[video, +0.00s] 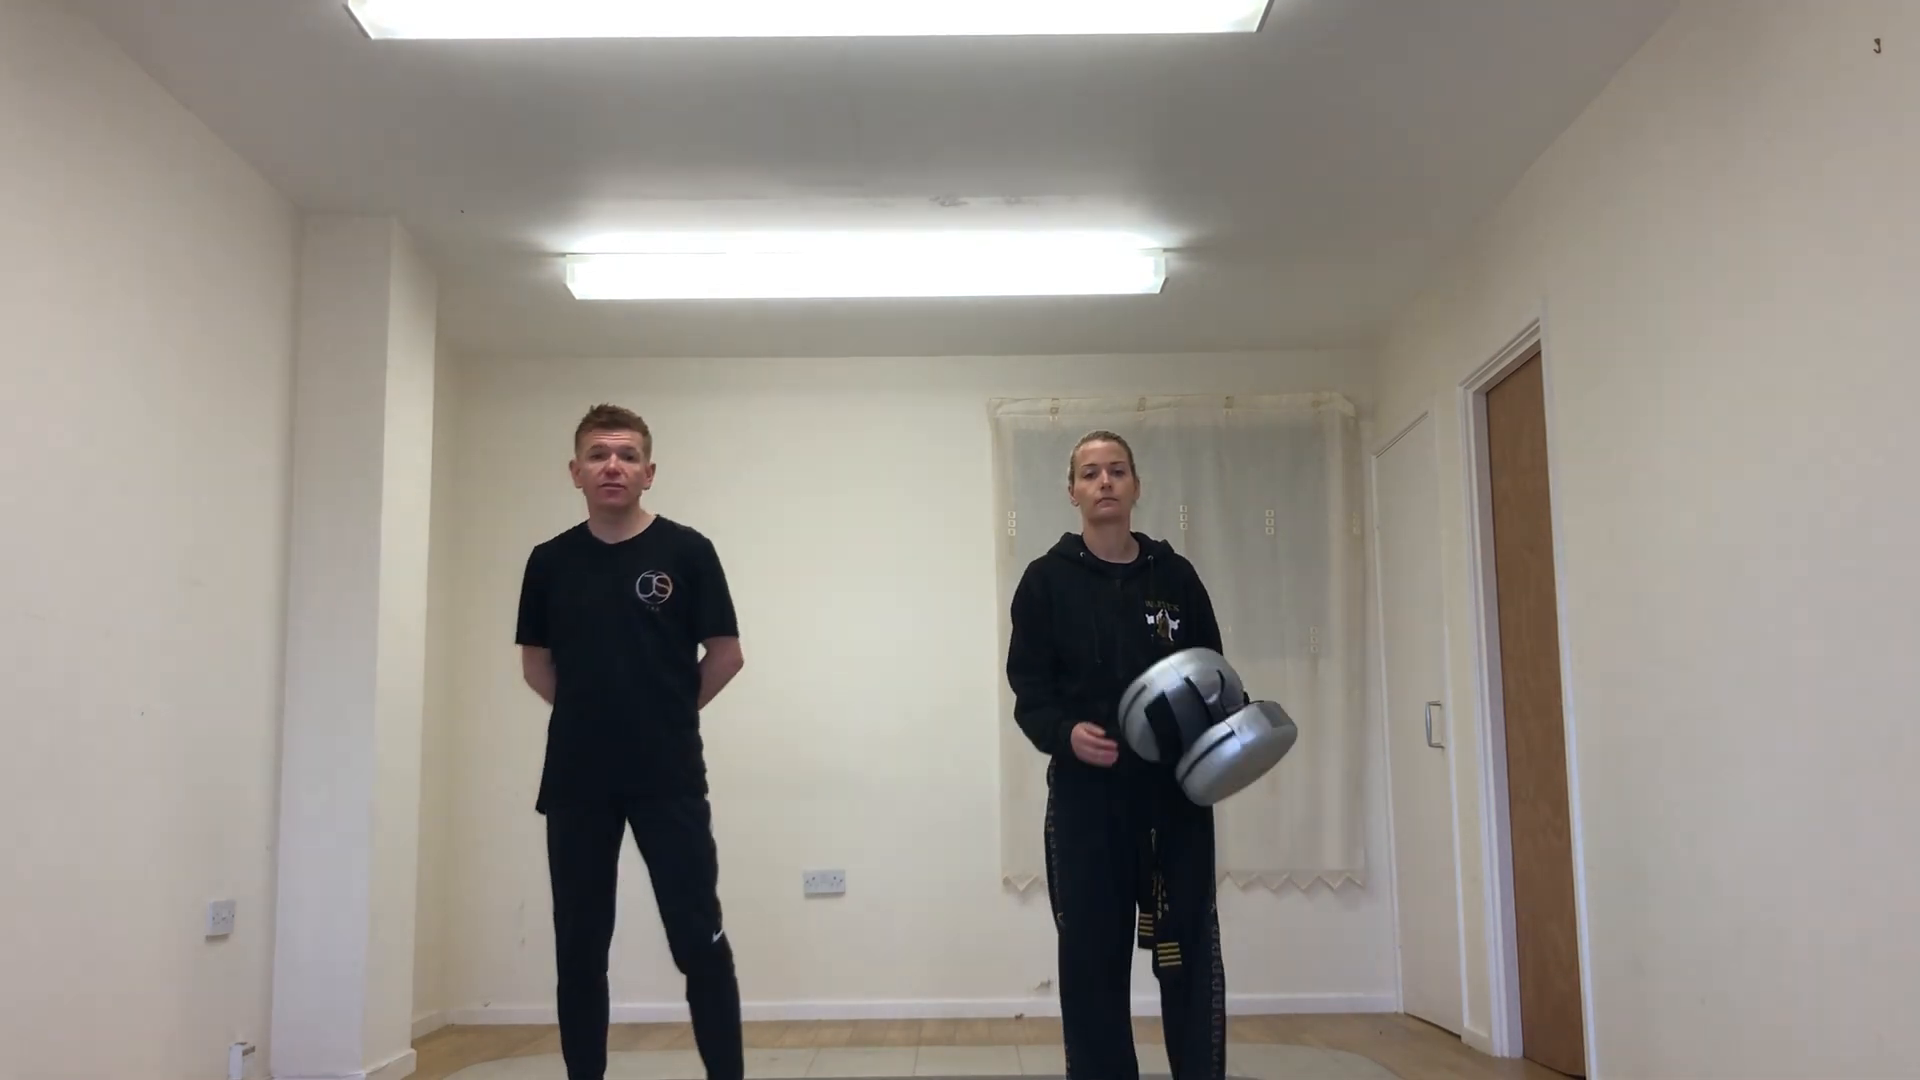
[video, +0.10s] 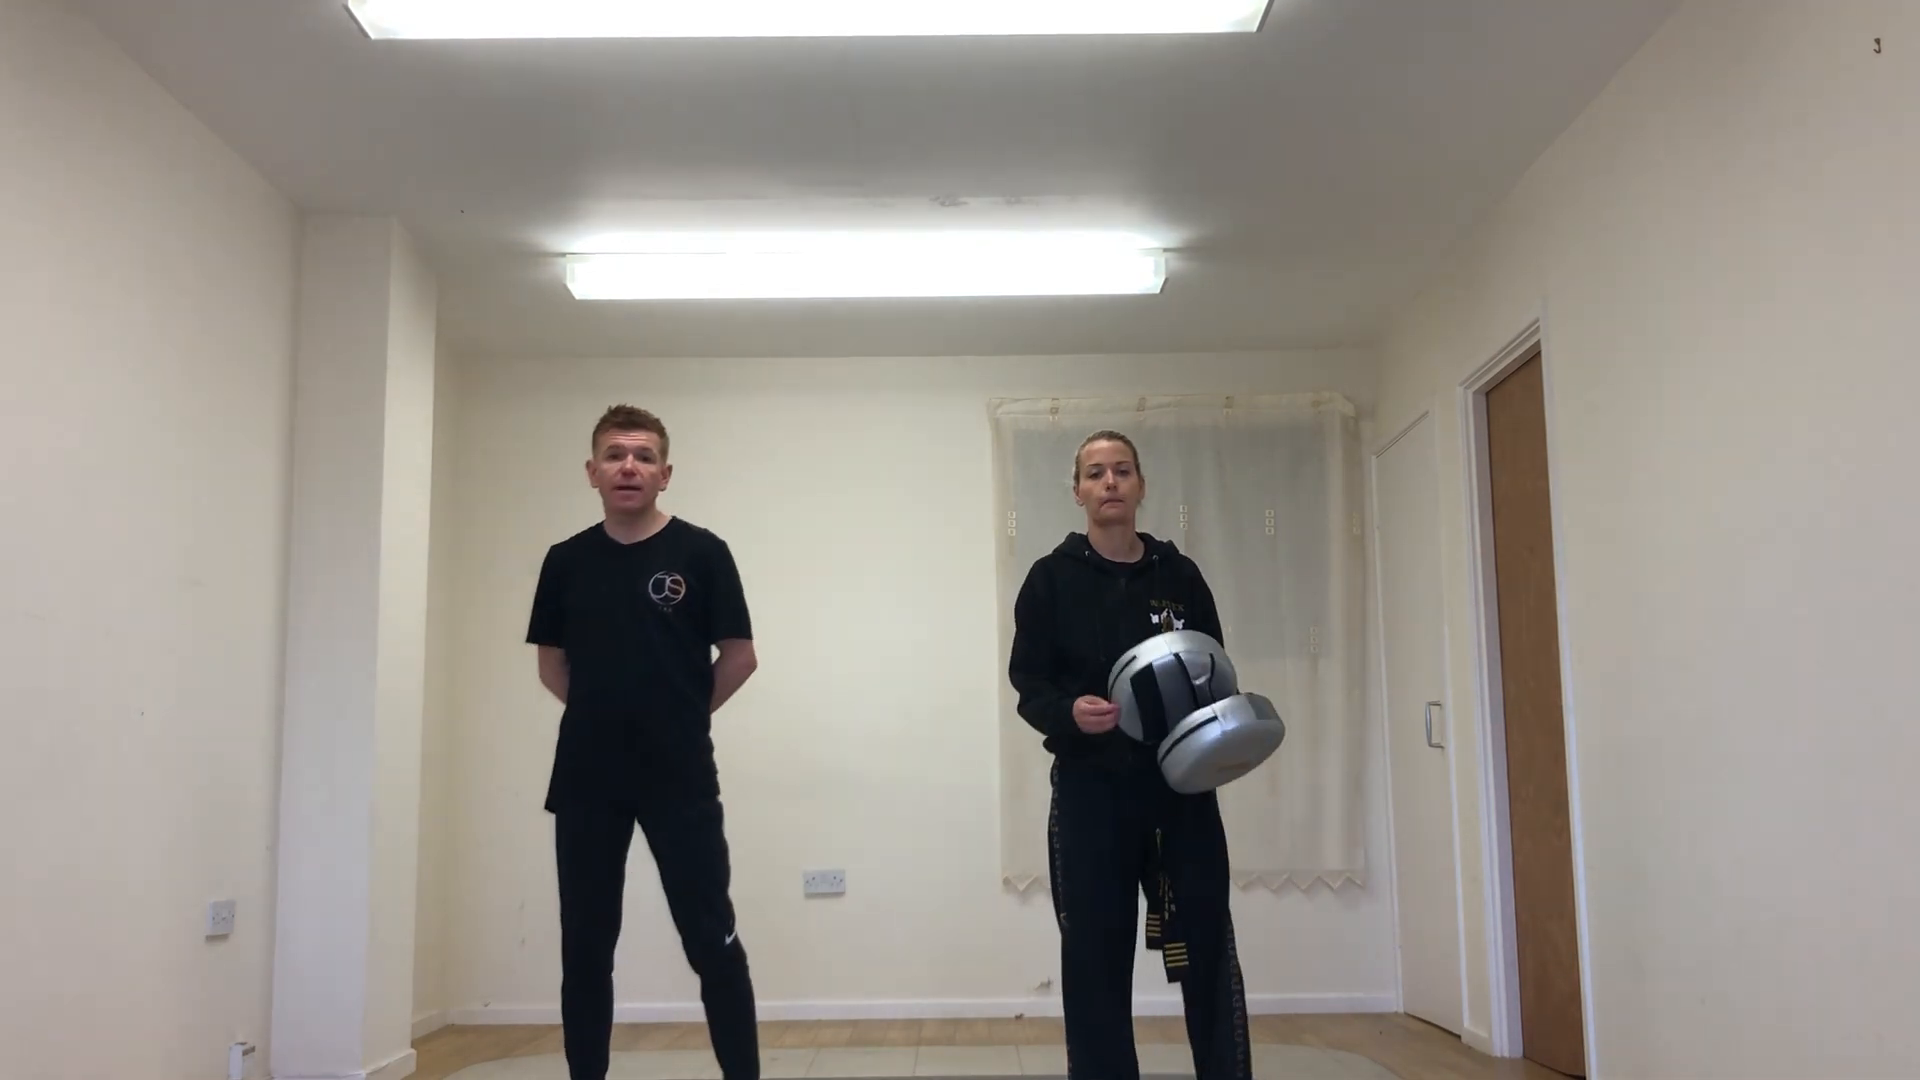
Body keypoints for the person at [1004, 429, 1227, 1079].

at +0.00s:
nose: (1104, 481)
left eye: (1116, 470)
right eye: (1090, 473)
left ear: (1136, 486)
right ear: (1073, 492)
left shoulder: (1175, 573)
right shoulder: (1045, 579)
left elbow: (1209, 672)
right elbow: (1029, 689)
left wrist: (1213, 729)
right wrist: (1064, 732)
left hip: (1175, 788)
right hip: (1087, 792)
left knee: (1191, 952)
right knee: (1092, 959)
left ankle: (1200, 1073)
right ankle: (1101, 1077)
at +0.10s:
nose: (1110, 481)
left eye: (1121, 471)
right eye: (1096, 474)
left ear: (1141, 486)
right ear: (1078, 492)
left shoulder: (1179, 571)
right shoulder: (1051, 578)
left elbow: (1211, 671)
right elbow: (1028, 680)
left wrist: (1212, 724)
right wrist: (1067, 713)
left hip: (1181, 786)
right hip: (1091, 790)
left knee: (1209, 952)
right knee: (1095, 961)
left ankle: (1226, 1075)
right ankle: (1102, 1077)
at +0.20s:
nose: (1117, 482)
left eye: (1128, 471)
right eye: (1103, 474)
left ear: (1149, 488)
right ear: (1085, 494)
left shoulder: (1187, 571)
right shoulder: (1057, 578)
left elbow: (1218, 670)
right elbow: (1027, 686)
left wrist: (1221, 709)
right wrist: (1066, 702)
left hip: (1188, 787)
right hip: (1097, 790)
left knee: (1223, 949)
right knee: (1098, 962)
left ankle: (1246, 1076)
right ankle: (1104, 1079)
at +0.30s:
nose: (1125, 485)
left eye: (1137, 474)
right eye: (1111, 477)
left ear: (1157, 489)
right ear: (1093, 496)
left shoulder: (1197, 574)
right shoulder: (1066, 582)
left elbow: (1229, 671)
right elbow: (1031, 685)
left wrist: (1230, 698)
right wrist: (1076, 695)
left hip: (1195, 788)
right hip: (1105, 791)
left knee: (1230, 950)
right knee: (1100, 961)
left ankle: (1250, 1075)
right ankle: (1105, 1077)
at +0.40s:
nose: (1136, 485)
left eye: (1147, 474)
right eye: (1121, 477)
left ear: (1167, 487)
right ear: (1103, 494)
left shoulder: (1210, 572)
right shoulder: (1077, 583)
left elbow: (1247, 671)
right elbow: (1042, 686)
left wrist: (1247, 701)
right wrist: (1091, 692)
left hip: (1205, 787)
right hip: (1114, 790)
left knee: (1232, 951)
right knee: (1106, 958)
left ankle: (1247, 1076)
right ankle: (1107, 1077)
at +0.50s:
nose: (1145, 485)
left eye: (1156, 473)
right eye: (1130, 477)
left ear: (1177, 487)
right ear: (1113, 495)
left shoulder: (1222, 572)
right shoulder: (1088, 582)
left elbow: (1265, 675)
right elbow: (1053, 686)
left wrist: (1259, 698)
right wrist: (1100, 680)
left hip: (1215, 786)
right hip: (1123, 789)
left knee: (1236, 953)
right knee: (1112, 959)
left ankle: (1250, 1075)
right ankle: (1111, 1077)